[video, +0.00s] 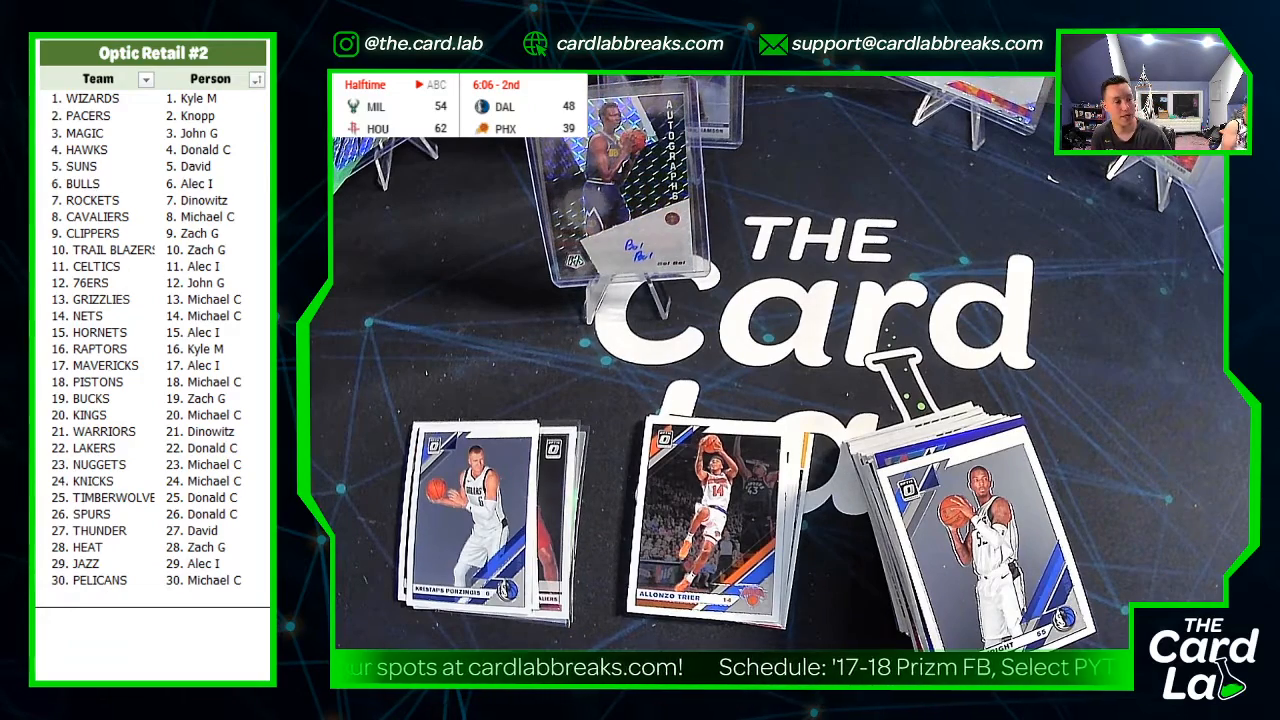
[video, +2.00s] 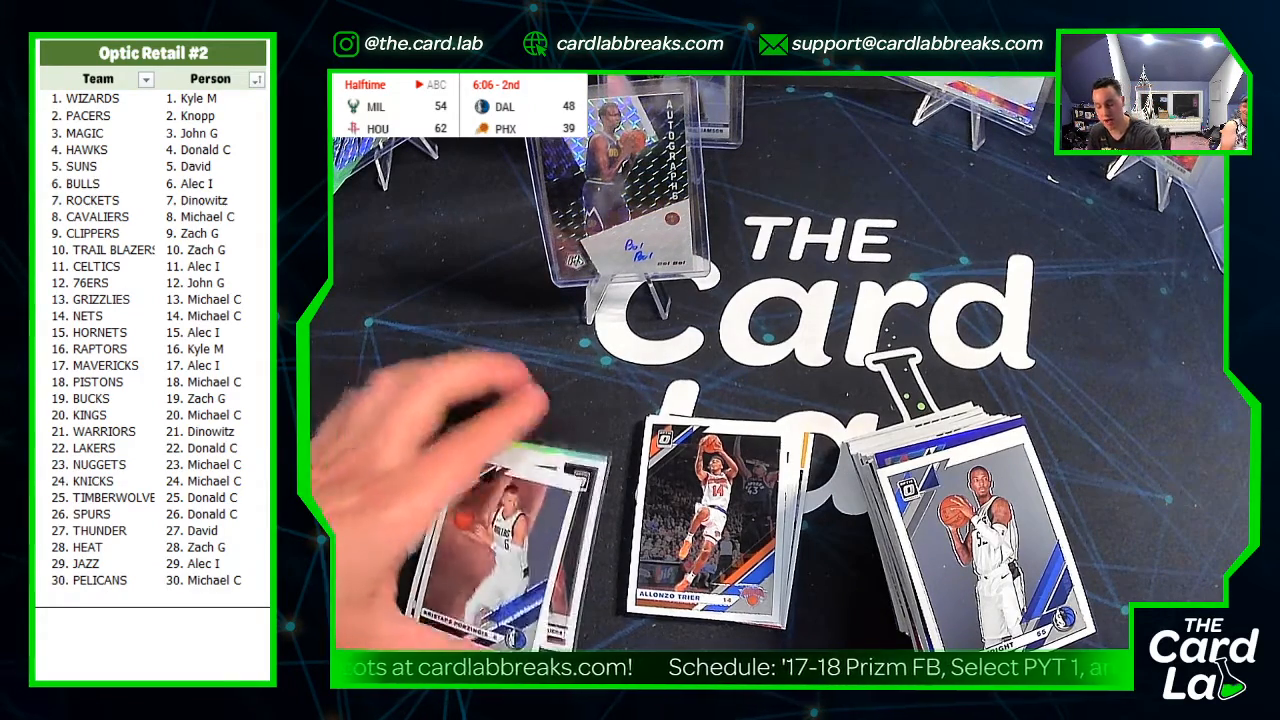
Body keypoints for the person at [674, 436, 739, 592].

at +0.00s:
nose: (714, 463)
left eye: (717, 461)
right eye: (713, 461)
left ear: (721, 465)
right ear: (710, 465)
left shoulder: (727, 476)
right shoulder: (706, 476)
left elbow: (734, 468)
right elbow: (698, 470)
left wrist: (722, 452)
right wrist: (700, 451)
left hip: (721, 513)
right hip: (706, 507)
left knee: (707, 550)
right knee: (704, 511)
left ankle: (688, 578)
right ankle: (688, 539)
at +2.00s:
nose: (714, 463)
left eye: (717, 462)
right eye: (713, 461)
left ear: (721, 465)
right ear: (709, 465)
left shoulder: (727, 476)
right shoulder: (706, 476)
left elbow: (734, 468)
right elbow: (698, 470)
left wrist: (722, 452)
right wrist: (700, 450)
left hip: (721, 513)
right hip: (706, 507)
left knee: (707, 550)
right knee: (704, 512)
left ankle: (688, 579)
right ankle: (688, 540)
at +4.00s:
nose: (714, 464)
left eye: (717, 462)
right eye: (713, 462)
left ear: (721, 465)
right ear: (709, 465)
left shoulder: (727, 476)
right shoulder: (706, 477)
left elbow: (734, 469)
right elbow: (699, 471)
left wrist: (721, 452)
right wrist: (700, 451)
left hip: (720, 513)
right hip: (706, 507)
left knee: (707, 550)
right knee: (704, 512)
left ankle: (688, 579)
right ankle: (688, 540)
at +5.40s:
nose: (714, 463)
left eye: (717, 461)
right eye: (712, 461)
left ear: (721, 465)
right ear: (709, 465)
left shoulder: (727, 475)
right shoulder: (706, 476)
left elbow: (734, 469)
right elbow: (698, 471)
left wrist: (721, 452)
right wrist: (700, 451)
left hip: (720, 512)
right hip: (706, 506)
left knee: (707, 549)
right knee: (704, 511)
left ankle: (688, 578)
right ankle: (688, 540)